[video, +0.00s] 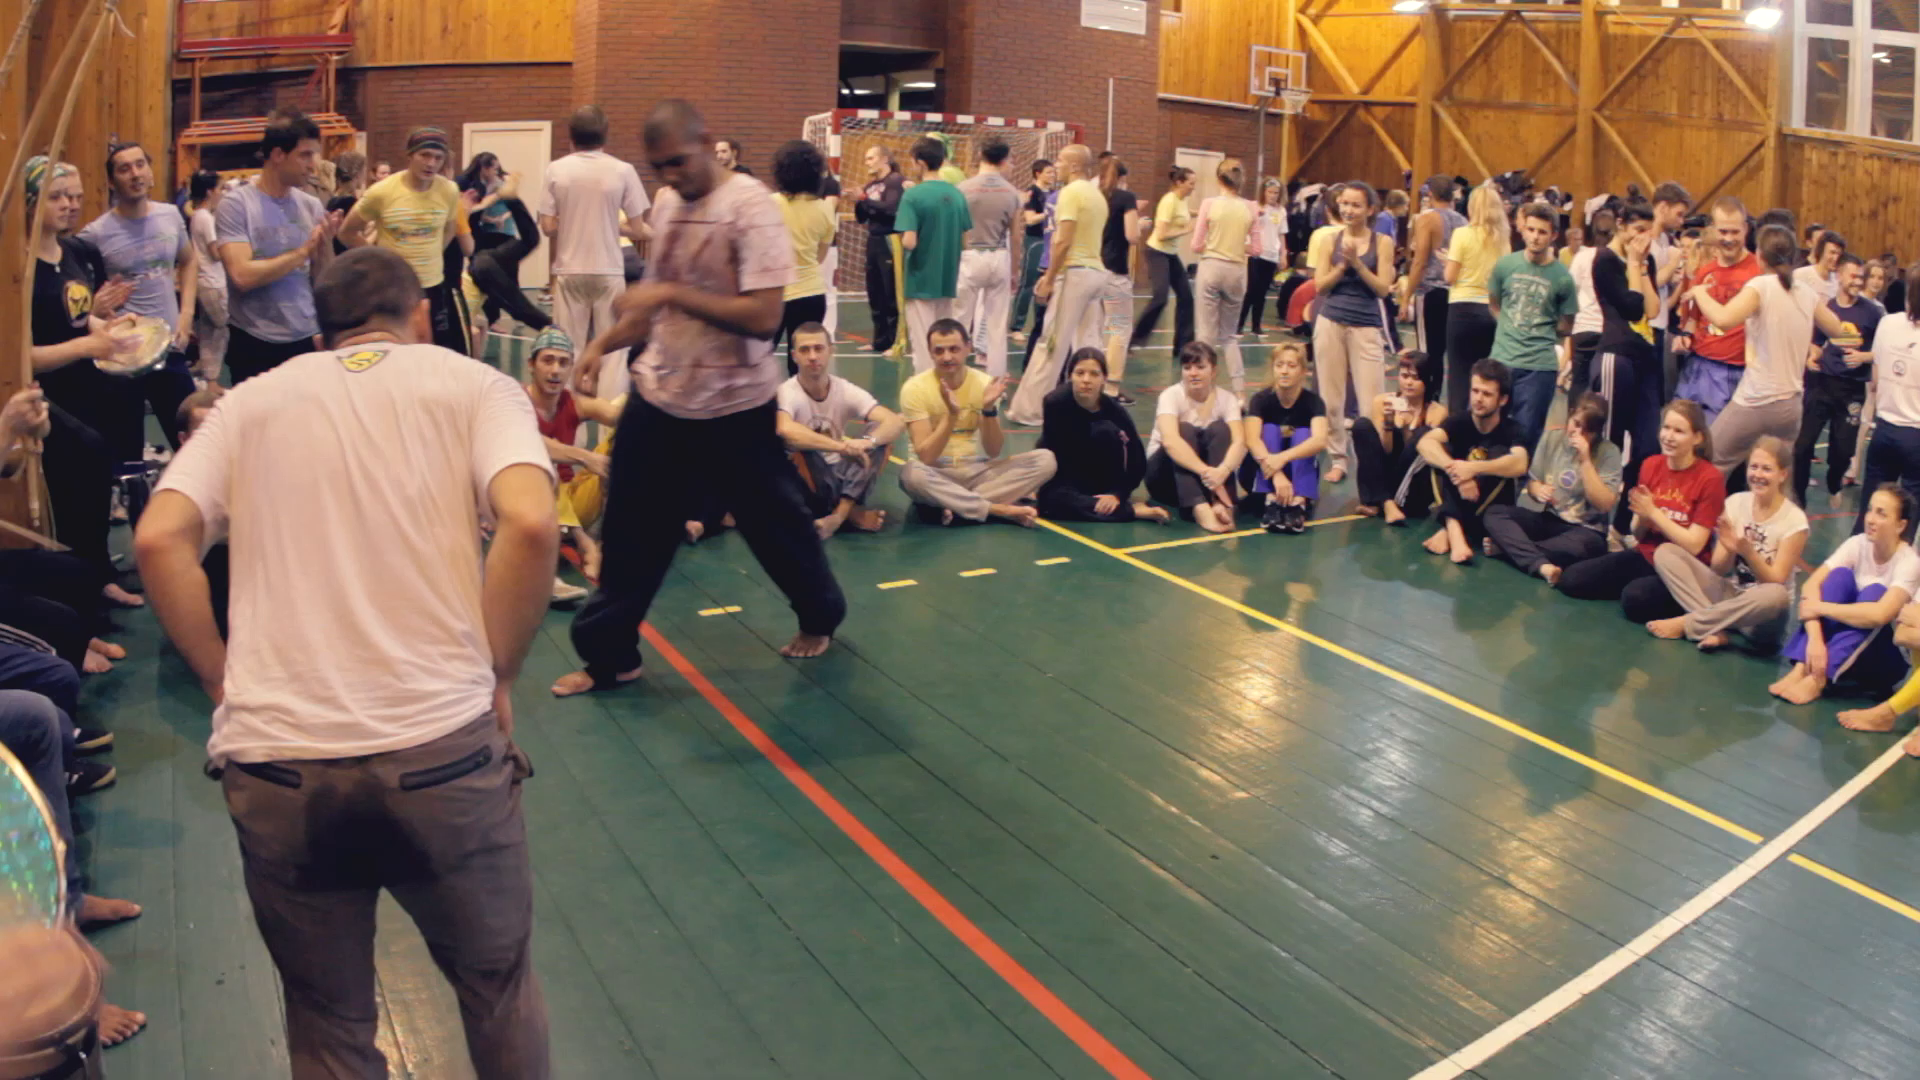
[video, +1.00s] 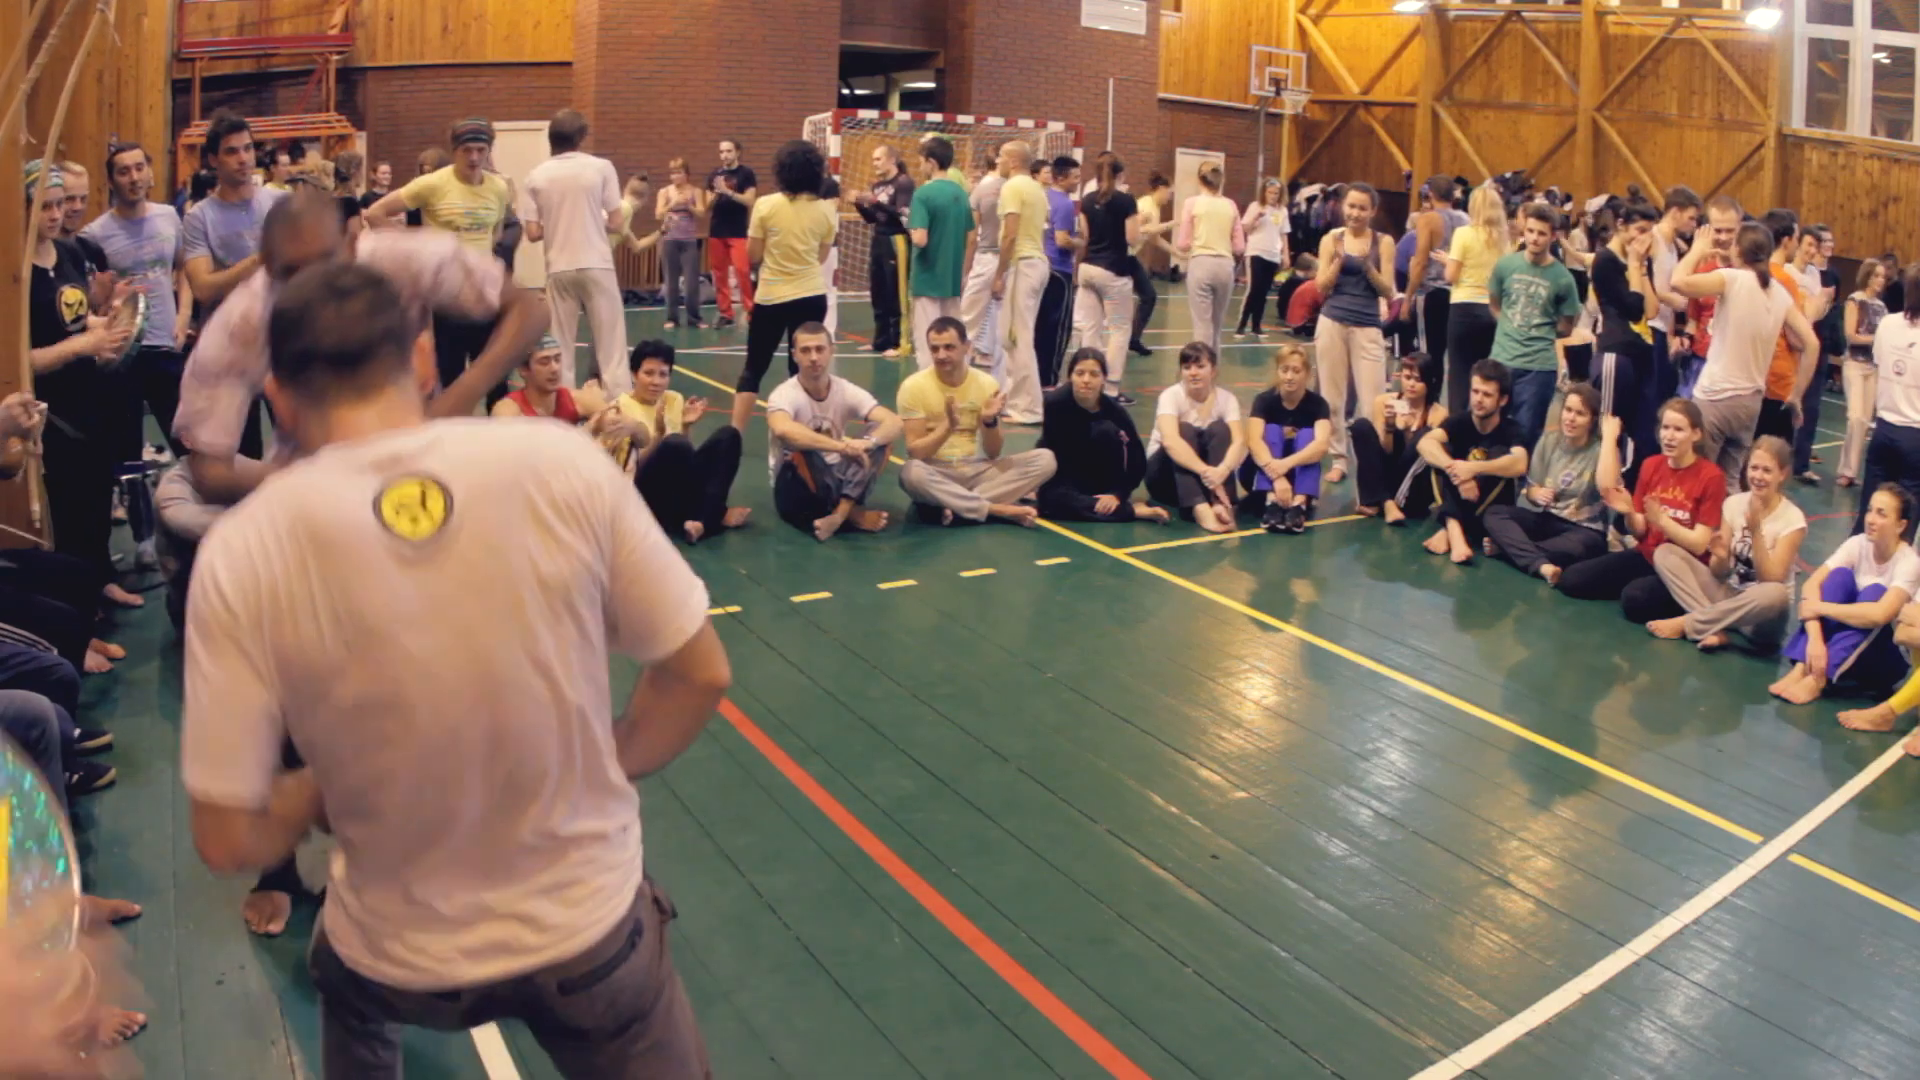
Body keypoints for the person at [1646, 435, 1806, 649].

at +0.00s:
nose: (1757, 474)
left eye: (1767, 469)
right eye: (1753, 467)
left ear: (1783, 475)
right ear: (1746, 469)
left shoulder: (1795, 520)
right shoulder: (1735, 503)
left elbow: (1776, 579)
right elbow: (1718, 568)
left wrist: (1747, 553)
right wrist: (1729, 549)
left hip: (1761, 603)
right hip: (1727, 593)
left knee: (1775, 595)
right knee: (1666, 553)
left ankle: (1686, 624)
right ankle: (1712, 629)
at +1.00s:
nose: (1758, 476)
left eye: (1767, 470)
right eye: (1754, 468)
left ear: (1783, 474)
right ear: (1746, 469)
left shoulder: (1792, 519)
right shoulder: (1733, 504)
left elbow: (1772, 577)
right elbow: (1718, 571)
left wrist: (1756, 531)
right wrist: (1721, 556)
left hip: (1759, 603)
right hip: (1725, 593)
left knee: (1774, 593)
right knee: (1665, 553)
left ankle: (1686, 624)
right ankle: (1712, 629)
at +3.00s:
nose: (1756, 473)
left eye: (1766, 468)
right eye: (1754, 466)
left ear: (1786, 475)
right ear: (1749, 466)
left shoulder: (1796, 521)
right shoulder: (1738, 502)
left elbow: (1777, 578)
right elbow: (1720, 568)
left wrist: (1746, 546)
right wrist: (1729, 542)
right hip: (1726, 594)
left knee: (1775, 594)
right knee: (1665, 552)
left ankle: (1686, 624)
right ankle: (1712, 629)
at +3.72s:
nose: (1757, 469)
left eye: (1766, 464)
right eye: (1756, 462)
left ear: (1787, 471)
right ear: (1753, 461)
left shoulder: (1797, 516)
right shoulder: (1739, 499)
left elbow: (1777, 574)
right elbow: (1720, 566)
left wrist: (1741, 538)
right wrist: (1730, 539)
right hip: (1728, 590)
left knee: (1774, 592)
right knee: (1685, 566)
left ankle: (1695, 622)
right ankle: (1709, 631)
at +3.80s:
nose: (1757, 469)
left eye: (1766, 464)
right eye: (1757, 462)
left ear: (1786, 471)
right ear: (1752, 461)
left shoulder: (1797, 517)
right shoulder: (1740, 499)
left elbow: (1777, 574)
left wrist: (1740, 538)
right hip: (1725, 581)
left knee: (1773, 592)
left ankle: (1706, 618)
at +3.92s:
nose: (1759, 471)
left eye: (1766, 465)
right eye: (1758, 463)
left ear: (1786, 471)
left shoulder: (1796, 515)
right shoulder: (1743, 499)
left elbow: (1780, 573)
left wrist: (1747, 549)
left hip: (1759, 584)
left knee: (1774, 591)